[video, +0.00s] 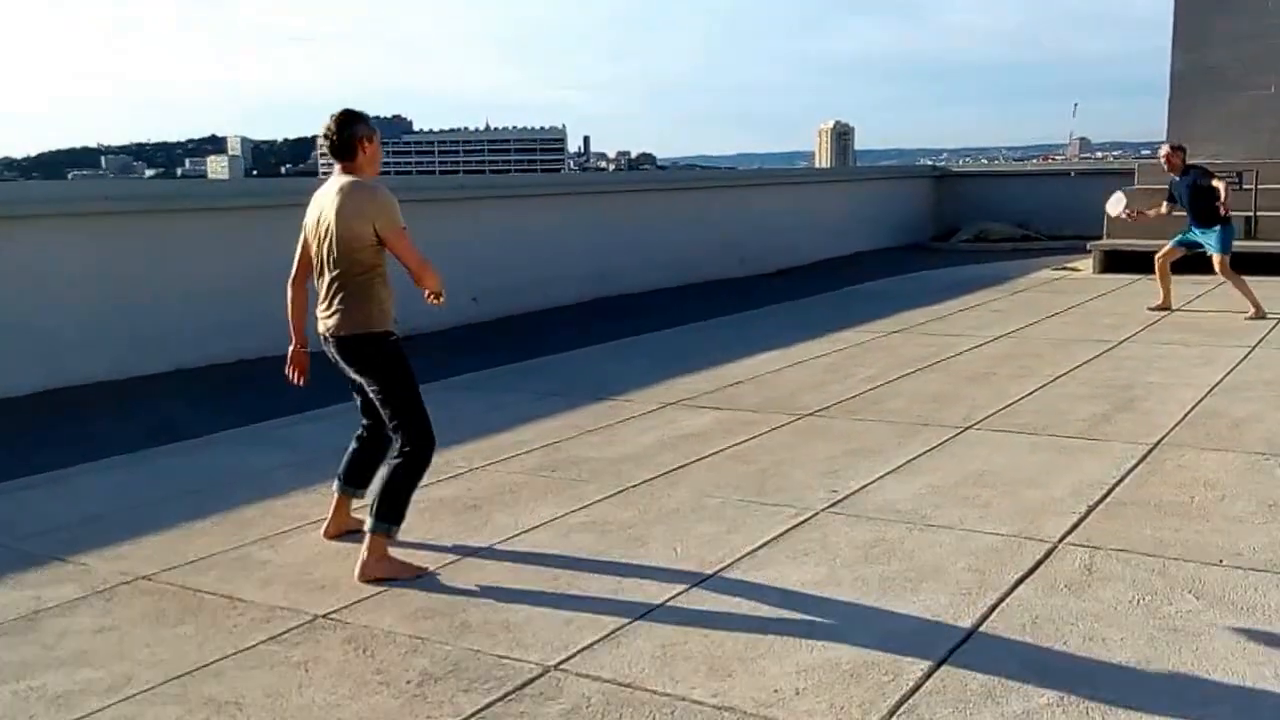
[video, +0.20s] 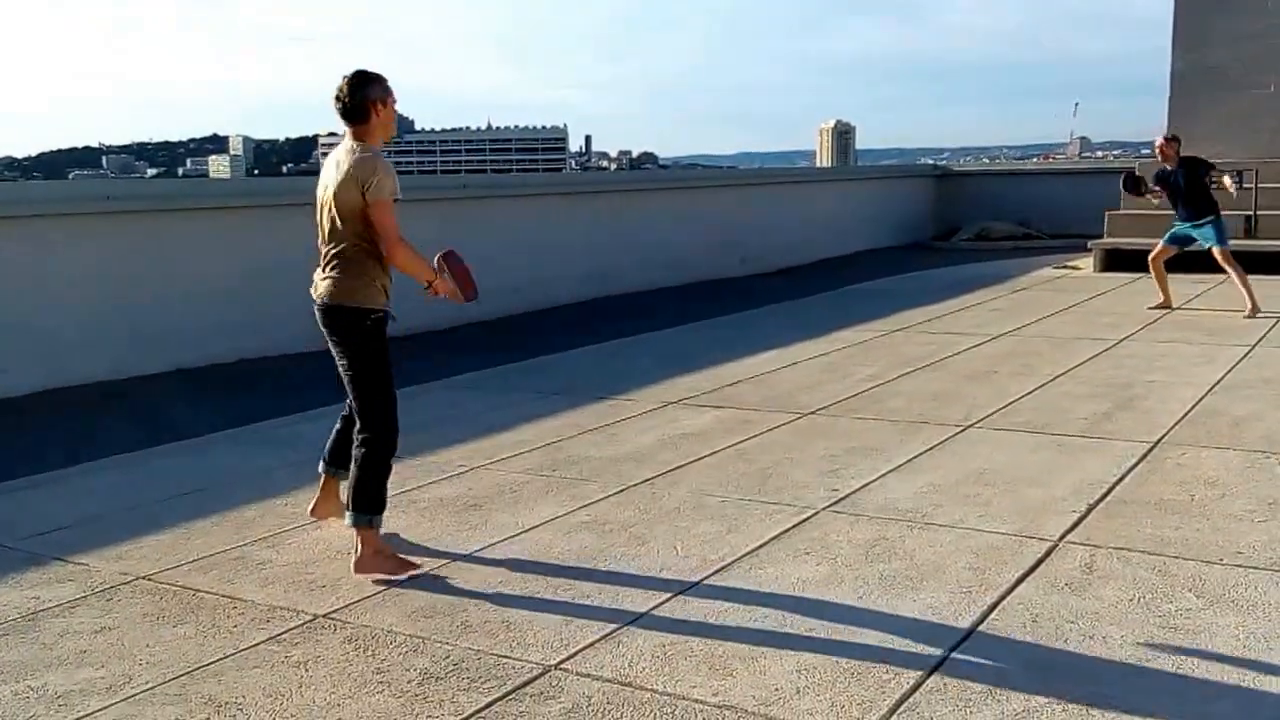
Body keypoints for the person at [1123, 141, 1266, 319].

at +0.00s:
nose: (1164, 161)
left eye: (1168, 156)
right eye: (1162, 158)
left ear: (1180, 157)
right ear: (1163, 160)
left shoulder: (1196, 173)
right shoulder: (1174, 183)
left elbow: (1221, 184)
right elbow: (1165, 210)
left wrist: (1223, 201)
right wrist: (1140, 214)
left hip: (1217, 229)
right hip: (1195, 231)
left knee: (1222, 268)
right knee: (1161, 259)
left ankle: (1257, 307)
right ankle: (1165, 302)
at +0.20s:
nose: (1159, 151)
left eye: (1163, 147)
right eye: (1157, 148)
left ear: (1175, 148)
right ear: (1156, 151)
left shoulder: (1192, 163)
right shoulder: (1161, 175)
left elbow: (1221, 175)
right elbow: (1157, 197)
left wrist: (1229, 185)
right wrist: (1144, 191)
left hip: (1208, 222)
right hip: (1184, 225)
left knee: (1223, 259)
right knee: (1154, 259)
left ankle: (1252, 304)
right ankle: (1166, 299)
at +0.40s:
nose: (1173, 130)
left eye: (1176, 126)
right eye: (1169, 126)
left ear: (1183, 128)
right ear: (1164, 130)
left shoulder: (1196, 146)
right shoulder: (1160, 152)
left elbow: (1225, 155)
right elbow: (1161, 166)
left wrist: (1233, 149)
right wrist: (1175, 146)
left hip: (1200, 209)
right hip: (1176, 211)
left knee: (1209, 251)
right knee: (1158, 253)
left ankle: (1227, 293)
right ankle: (1164, 298)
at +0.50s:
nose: (1177, 126)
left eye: (1181, 122)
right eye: (1173, 123)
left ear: (1187, 124)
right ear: (1167, 126)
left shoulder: (1197, 142)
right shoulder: (1164, 146)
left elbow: (1228, 151)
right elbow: (1160, 155)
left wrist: (1234, 140)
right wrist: (1179, 133)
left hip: (1198, 206)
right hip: (1175, 206)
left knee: (1203, 251)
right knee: (1161, 252)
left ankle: (1212, 290)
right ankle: (1163, 297)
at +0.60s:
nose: (1181, 125)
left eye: (1184, 121)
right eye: (1177, 122)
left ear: (1190, 124)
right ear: (1169, 127)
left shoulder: (1201, 143)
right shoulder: (1166, 146)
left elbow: (1231, 155)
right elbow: (1161, 152)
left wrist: (1233, 144)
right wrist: (1183, 127)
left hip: (1198, 207)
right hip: (1174, 207)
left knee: (1200, 251)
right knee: (1156, 249)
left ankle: (1207, 293)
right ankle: (1161, 295)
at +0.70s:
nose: (1180, 124)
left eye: (1184, 121)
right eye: (1177, 120)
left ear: (1190, 124)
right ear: (1172, 124)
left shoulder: (1199, 144)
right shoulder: (1168, 146)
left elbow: (1220, 156)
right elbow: (1162, 155)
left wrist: (1225, 158)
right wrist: (1186, 136)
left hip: (1196, 207)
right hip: (1172, 206)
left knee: (1199, 252)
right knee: (1150, 246)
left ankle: (1206, 297)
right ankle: (1151, 292)